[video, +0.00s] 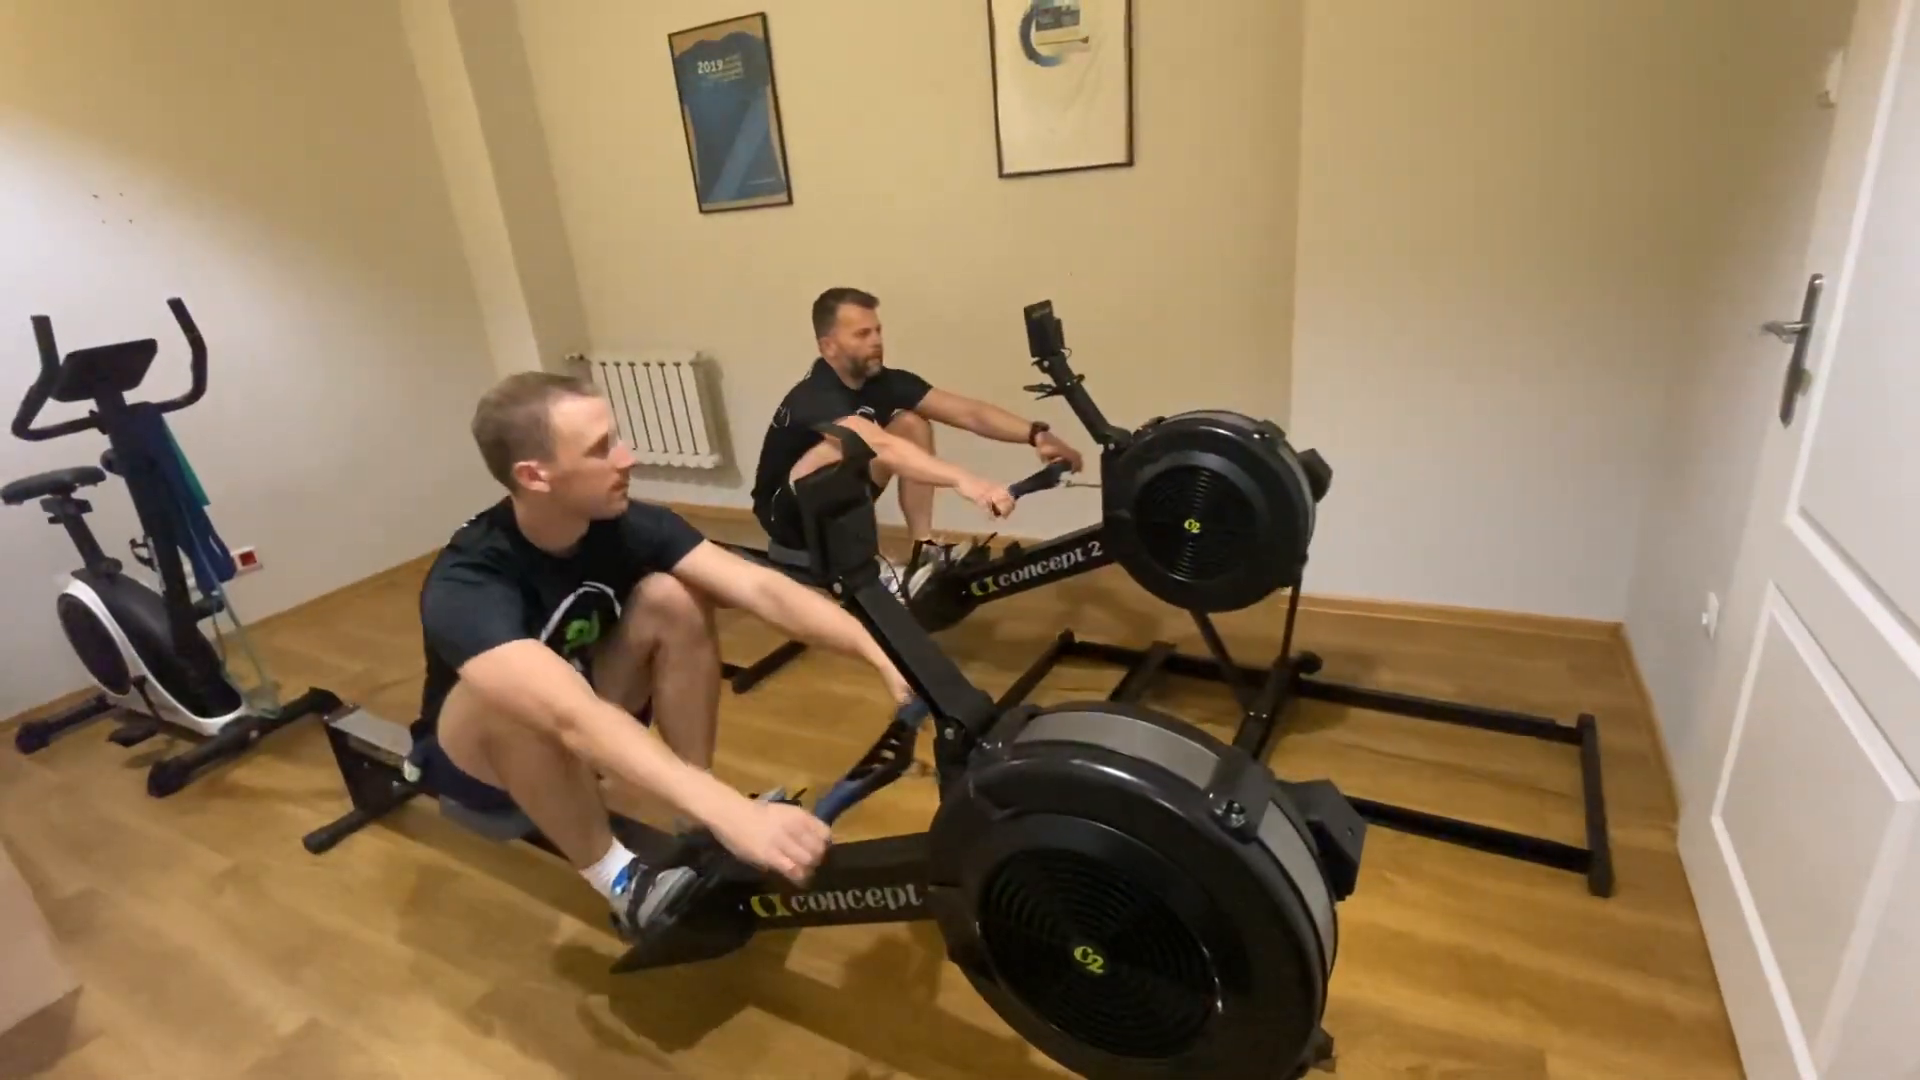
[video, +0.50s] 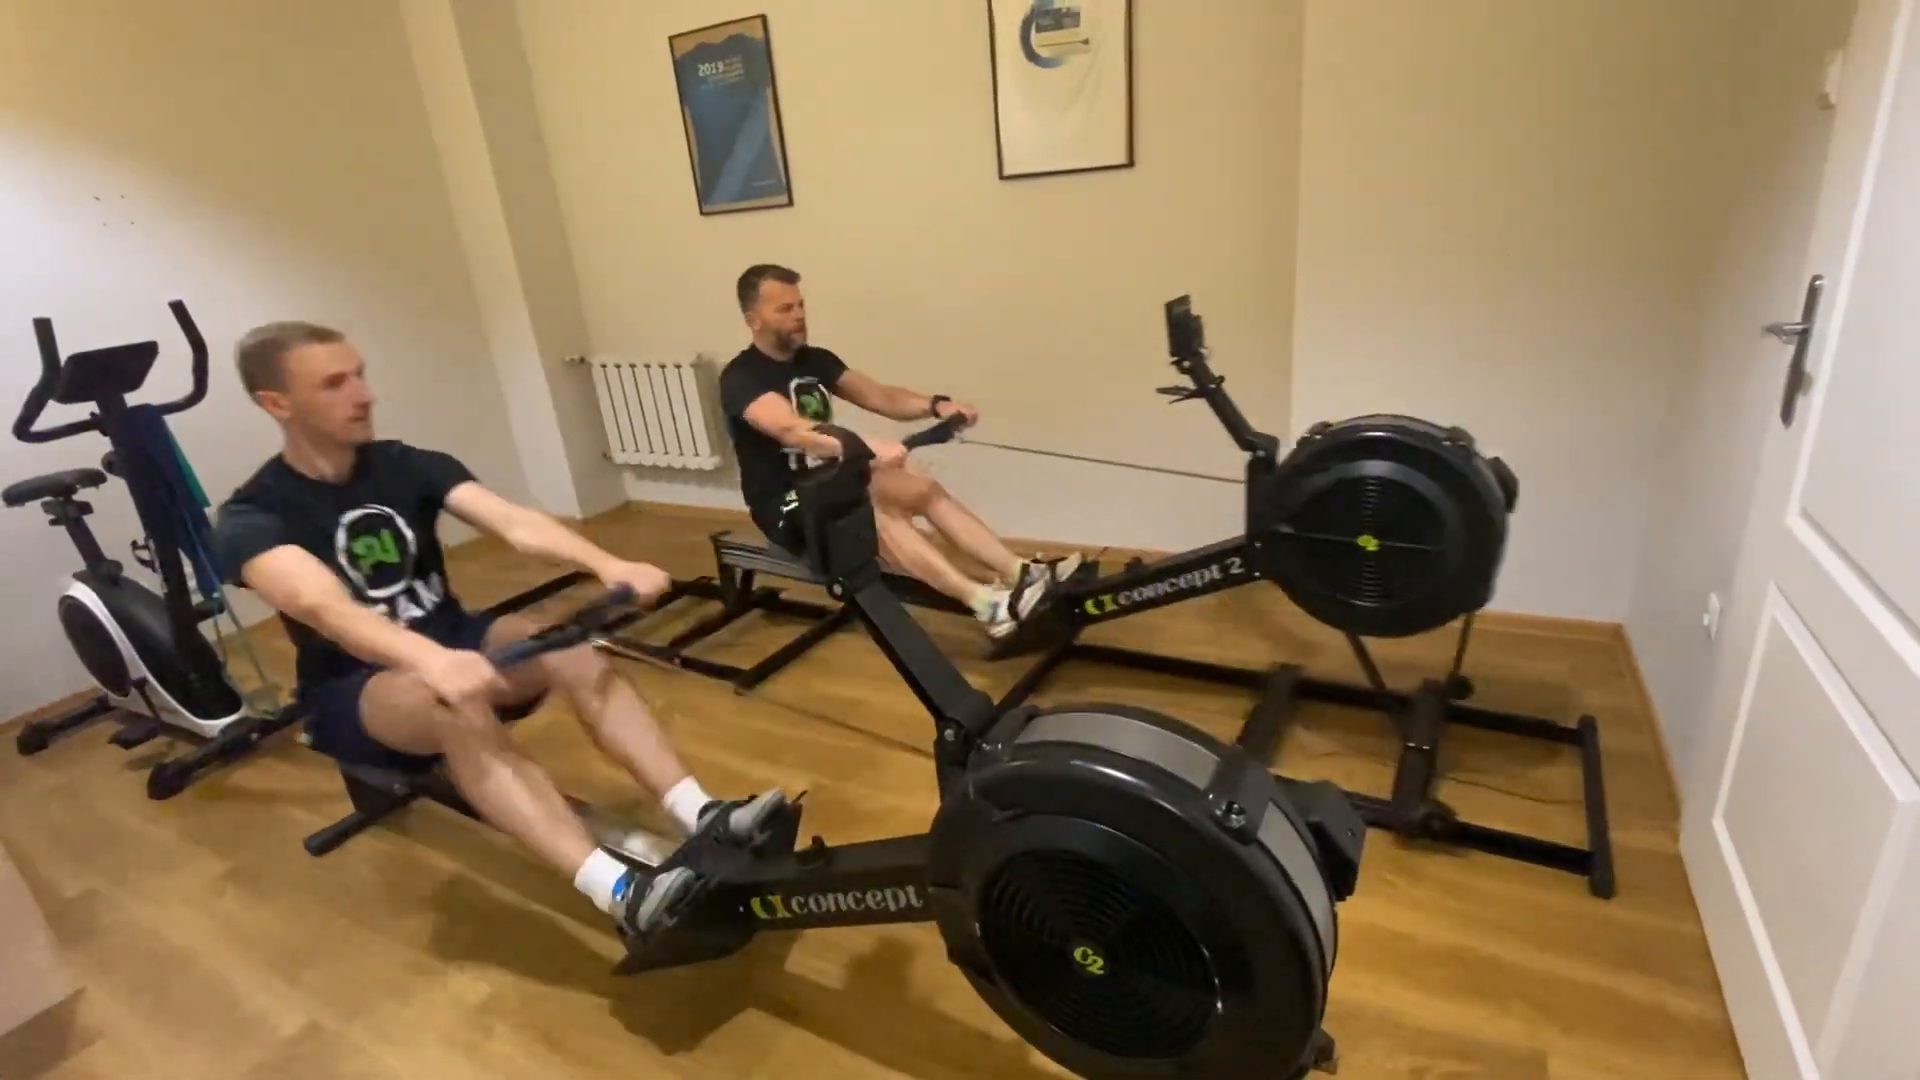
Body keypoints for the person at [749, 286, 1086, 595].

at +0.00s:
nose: (878, 342)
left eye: (878, 331)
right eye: (865, 334)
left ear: (880, 330)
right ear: (828, 346)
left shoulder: (885, 382)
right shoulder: (812, 400)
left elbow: (970, 414)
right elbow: (881, 448)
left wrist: (1037, 435)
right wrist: (967, 483)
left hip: (840, 503)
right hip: (788, 515)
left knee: (911, 423)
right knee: (853, 434)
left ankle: (925, 552)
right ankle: (869, 567)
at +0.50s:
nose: (799, 316)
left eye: (800, 306)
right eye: (786, 308)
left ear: (804, 306)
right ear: (751, 317)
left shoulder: (813, 361)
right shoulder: (742, 378)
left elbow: (878, 396)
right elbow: (794, 433)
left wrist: (935, 406)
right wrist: (865, 451)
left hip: (838, 482)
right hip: (788, 506)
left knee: (922, 489)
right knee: (874, 521)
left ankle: (1020, 575)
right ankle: (986, 604)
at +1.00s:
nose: (763, 347)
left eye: (763, 335)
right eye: (750, 338)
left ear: (760, 333)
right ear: (716, 346)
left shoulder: (769, 383)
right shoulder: (701, 410)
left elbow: (796, 432)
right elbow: (687, 492)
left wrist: (821, 408)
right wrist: (718, 446)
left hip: (856, 485)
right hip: (816, 517)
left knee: (940, 522)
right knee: (910, 548)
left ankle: (1061, 579)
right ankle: (1030, 611)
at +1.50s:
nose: (789, 323)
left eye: (789, 312)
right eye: (776, 315)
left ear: (791, 312)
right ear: (743, 324)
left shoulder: (800, 365)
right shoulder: (726, 387)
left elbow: (843, 411)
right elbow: (718, 468)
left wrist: (879, 408)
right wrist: (778, 446)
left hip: (844, 485)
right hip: (798, 510)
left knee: (928, 481)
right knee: (891, 504)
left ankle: (1023, 575)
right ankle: (993, 604)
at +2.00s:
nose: (829, 324)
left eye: (829, 314)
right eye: (815, 318)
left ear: (832, 311)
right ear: (782, 328)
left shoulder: (838, 367)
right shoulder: (762, 382)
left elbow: (901, 406)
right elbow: (781, 458)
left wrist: (951, 420)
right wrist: (859, 471)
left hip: (846, 486)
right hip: (791, 506)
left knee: (914, 444)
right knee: (866, 480)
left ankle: (969, 562)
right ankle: (931, 589)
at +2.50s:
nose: (866, 334)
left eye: (866, 323)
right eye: (851, 327)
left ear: (870, 323)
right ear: (817, 339)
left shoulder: (875, 374)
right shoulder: (805, 392)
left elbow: (955, 404)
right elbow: (854, 443)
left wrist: (1017, 432)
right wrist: (938, 478)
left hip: (847, 496)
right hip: (793, 516)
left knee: (915, 420)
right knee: (838, 446)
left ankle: (930, 546)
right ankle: (873, 567)